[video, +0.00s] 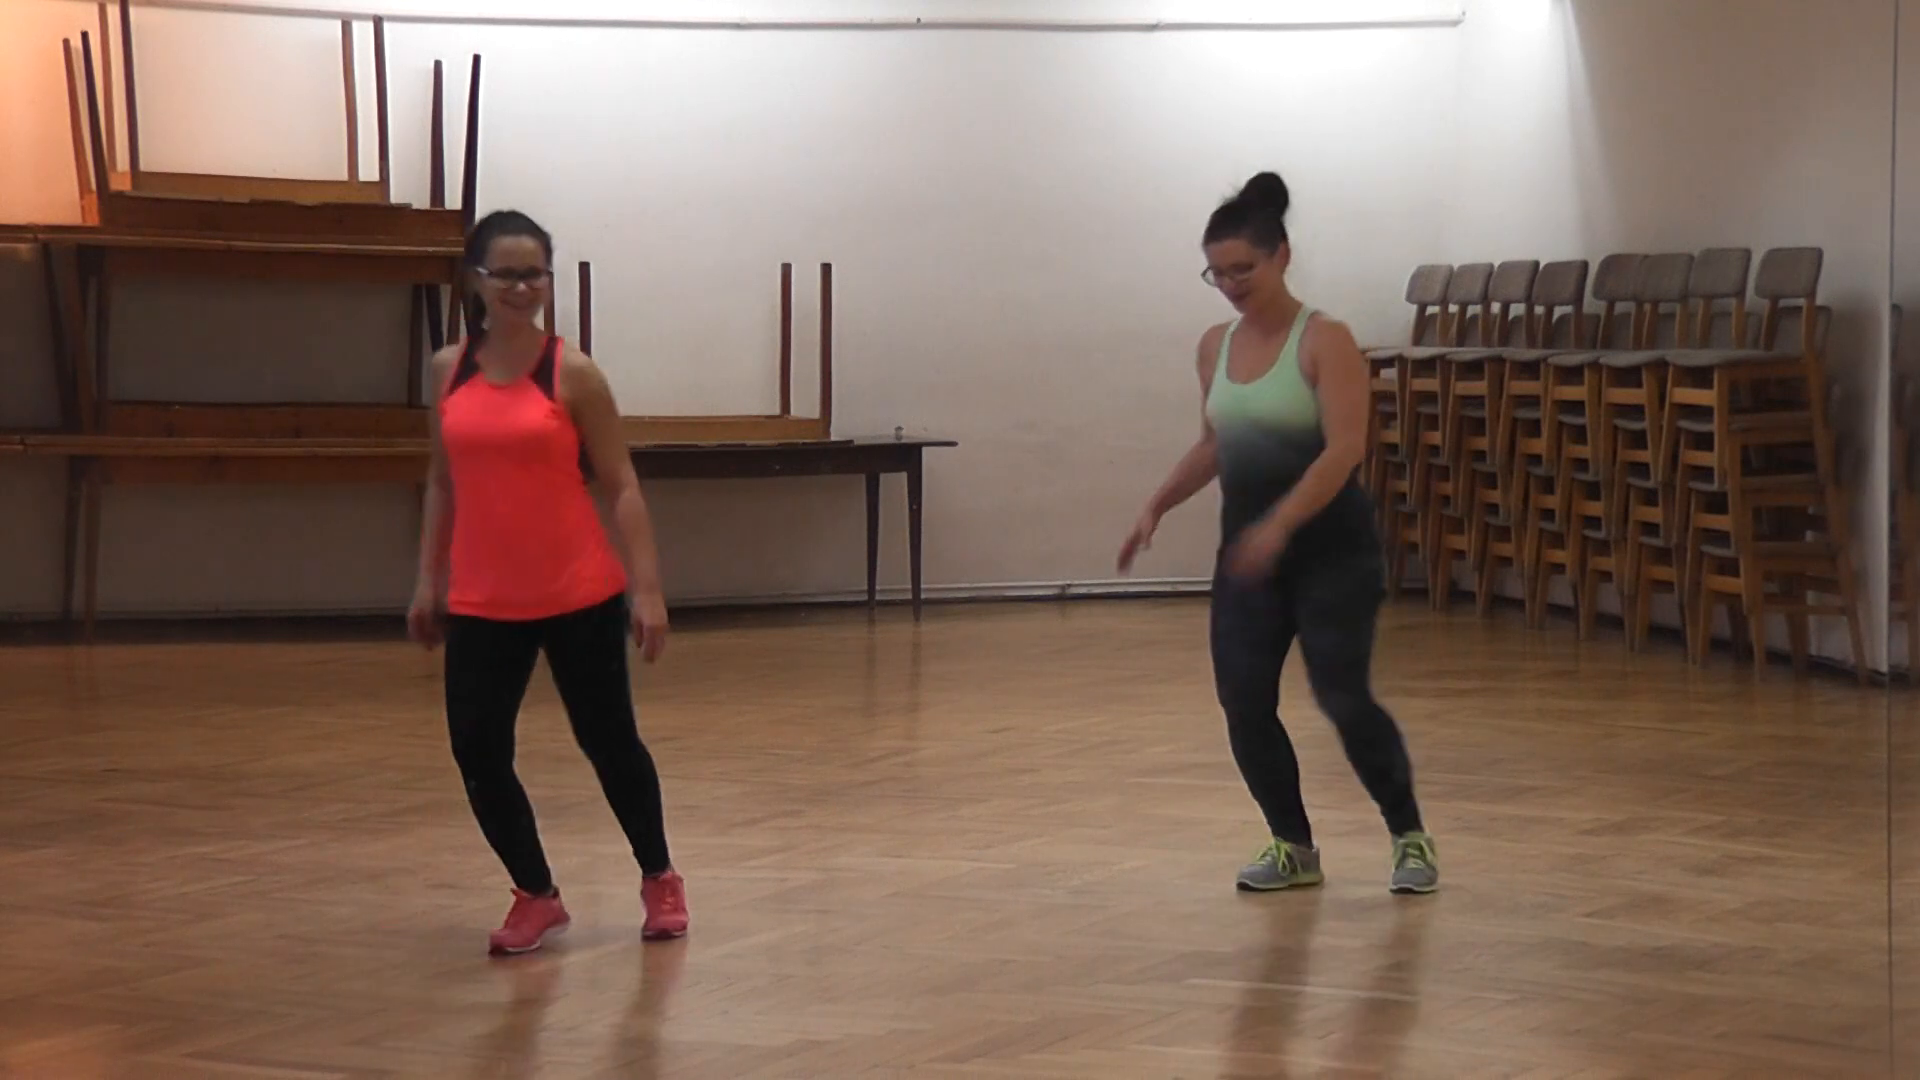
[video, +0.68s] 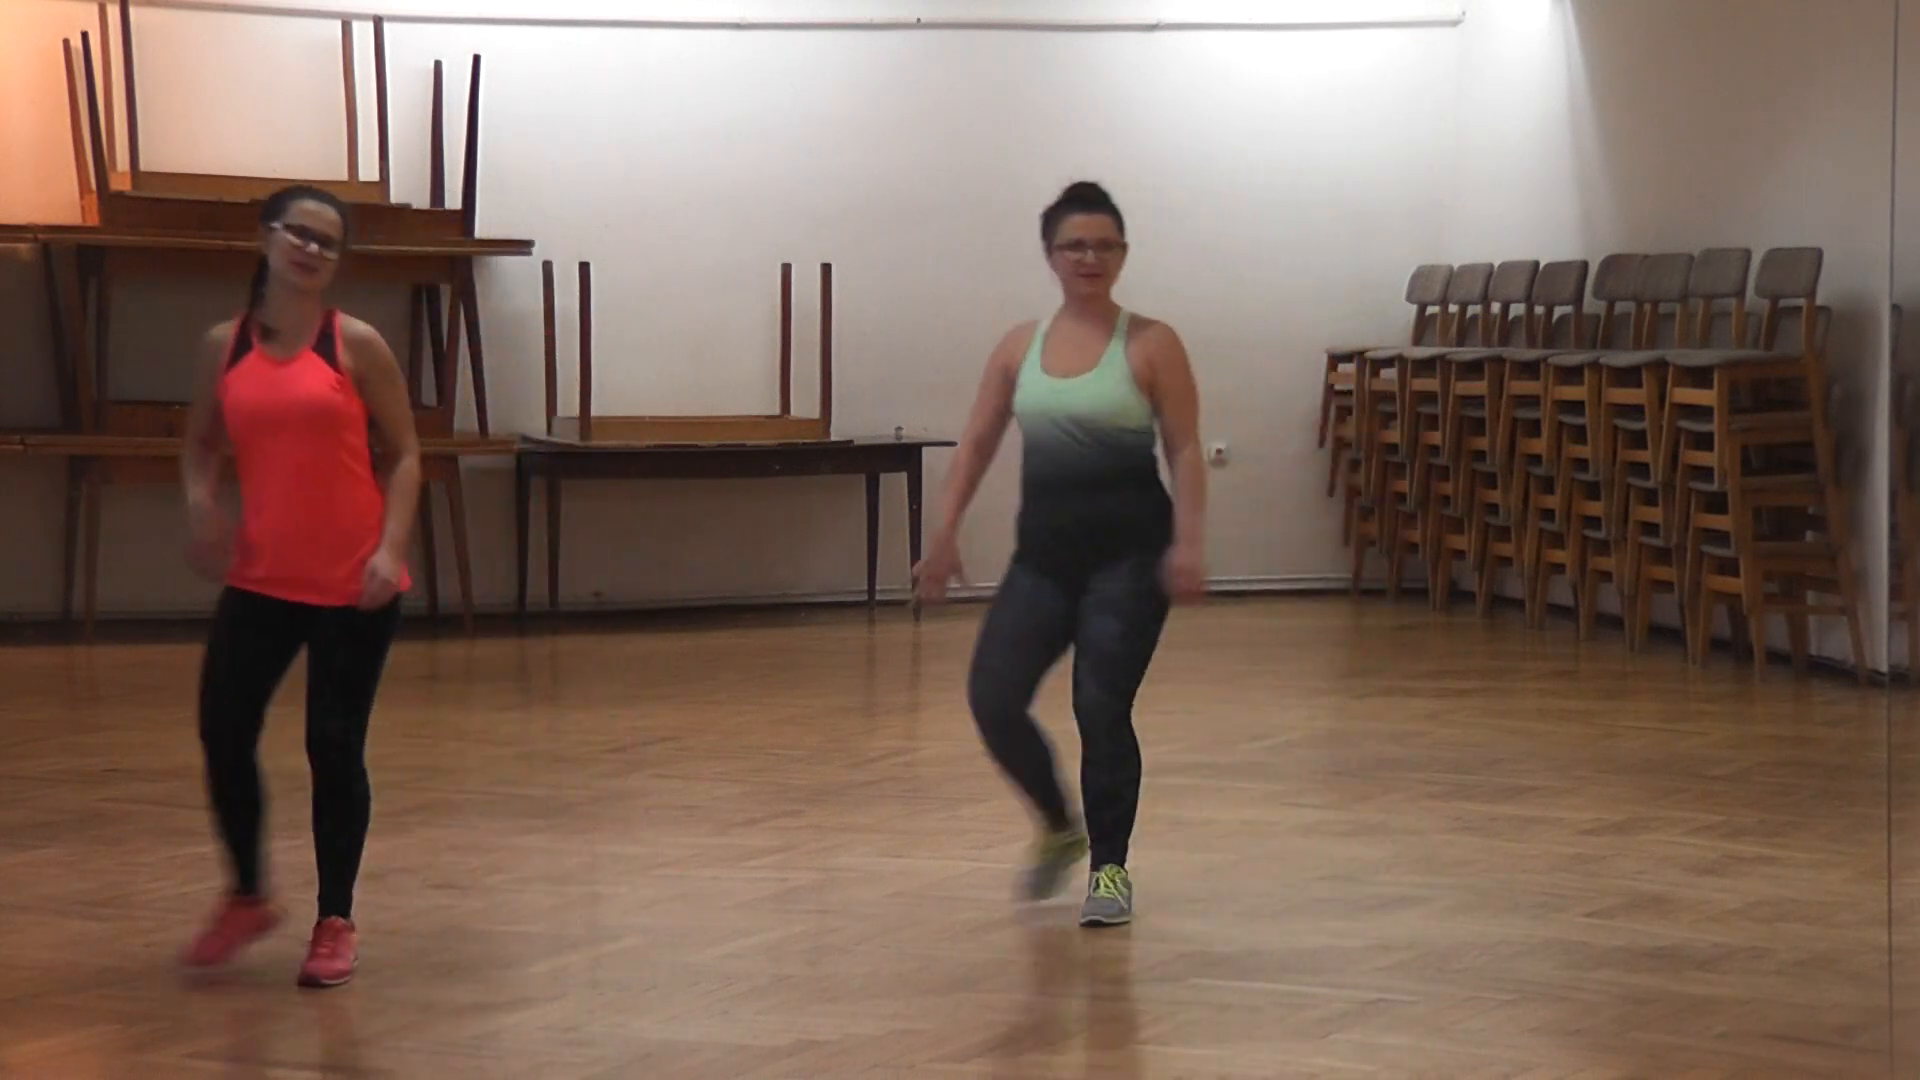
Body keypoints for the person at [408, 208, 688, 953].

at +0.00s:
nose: (521, 288)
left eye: (533, 275)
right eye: (505, 275)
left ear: (550, 280)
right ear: (475, 281)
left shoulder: (576, 375)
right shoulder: (450, 371)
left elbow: (621, 486)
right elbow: (442, 481)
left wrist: (647, 587)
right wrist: (430, 582)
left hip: (578, 594)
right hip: (484, 600)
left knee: (611, 740)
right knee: (478, 752)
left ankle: (660, 879)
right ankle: (536, 896)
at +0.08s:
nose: (498, 277)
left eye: (510, 264)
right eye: (482, 263)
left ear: (525, 268)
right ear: (450, 265)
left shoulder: (552, 361)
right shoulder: (423, 357)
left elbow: (600, 471)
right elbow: (407, 463)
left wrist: (624, 569)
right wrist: (398, 553)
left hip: (557, 580)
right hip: (465, 587)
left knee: (568, 728)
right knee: (480, 746)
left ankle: (630, 852)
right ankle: (536, 894)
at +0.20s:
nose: (458, 269)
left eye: (473, 257)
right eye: (444, 256)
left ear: (489, 262)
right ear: (413, 256)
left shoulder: (513, 351)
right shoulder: (387, 346)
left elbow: (573, 451)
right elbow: (352, 443)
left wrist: (587, 557)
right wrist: (350, 508)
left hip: (524, 552)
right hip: (442, 563)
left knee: (484, 699)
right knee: (478, 721)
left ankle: (526, 872)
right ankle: (528, 882)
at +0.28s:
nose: (432, 275)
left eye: (447, 263)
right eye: (417, 262)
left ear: (465, 271)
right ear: (389, 265)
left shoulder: (487, 361)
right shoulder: (366, 355)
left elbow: (547, 463)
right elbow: (327, 452)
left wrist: (563, 570)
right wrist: (326, 495)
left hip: (501, 562)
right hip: (423, 572)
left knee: (437, 707)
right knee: (493, 731)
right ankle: (543, 892)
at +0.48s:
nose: (374, 279)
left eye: (391, 273)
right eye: (363, 263)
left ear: (407, 291)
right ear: (333, 268)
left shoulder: (421, 378)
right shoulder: (302, 368)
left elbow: (472, 489)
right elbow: (284, 470)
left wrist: (478, 604)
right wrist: (279, 508)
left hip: (415, 591)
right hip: (339, 589)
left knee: (355, 749)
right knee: (381, 755)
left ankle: (335, 926)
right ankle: (501, 868)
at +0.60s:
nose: (340, 260)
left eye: (355, 254)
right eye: (328, 243)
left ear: (367, 273)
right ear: (294, 247)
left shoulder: (383, 355)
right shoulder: (258, 351)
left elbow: (432, 462)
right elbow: (234, 457)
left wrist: (421, 566)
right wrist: (234, 512)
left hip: (372, 592)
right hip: (288, 590)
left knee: (344, 753)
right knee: (263, 740)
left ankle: (336, 923)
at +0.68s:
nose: (313, 249)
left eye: (328, 243)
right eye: (300, 233)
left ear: (339, 263)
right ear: (265, 239)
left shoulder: (359, 346)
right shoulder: (226, 345)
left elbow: (405, 454)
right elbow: (203, 444)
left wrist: (392, 547)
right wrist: (203, 506)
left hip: (354, 587)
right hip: (262, 582)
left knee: (334, 745)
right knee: (223, 726)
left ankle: (334, 923)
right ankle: (248, 895)